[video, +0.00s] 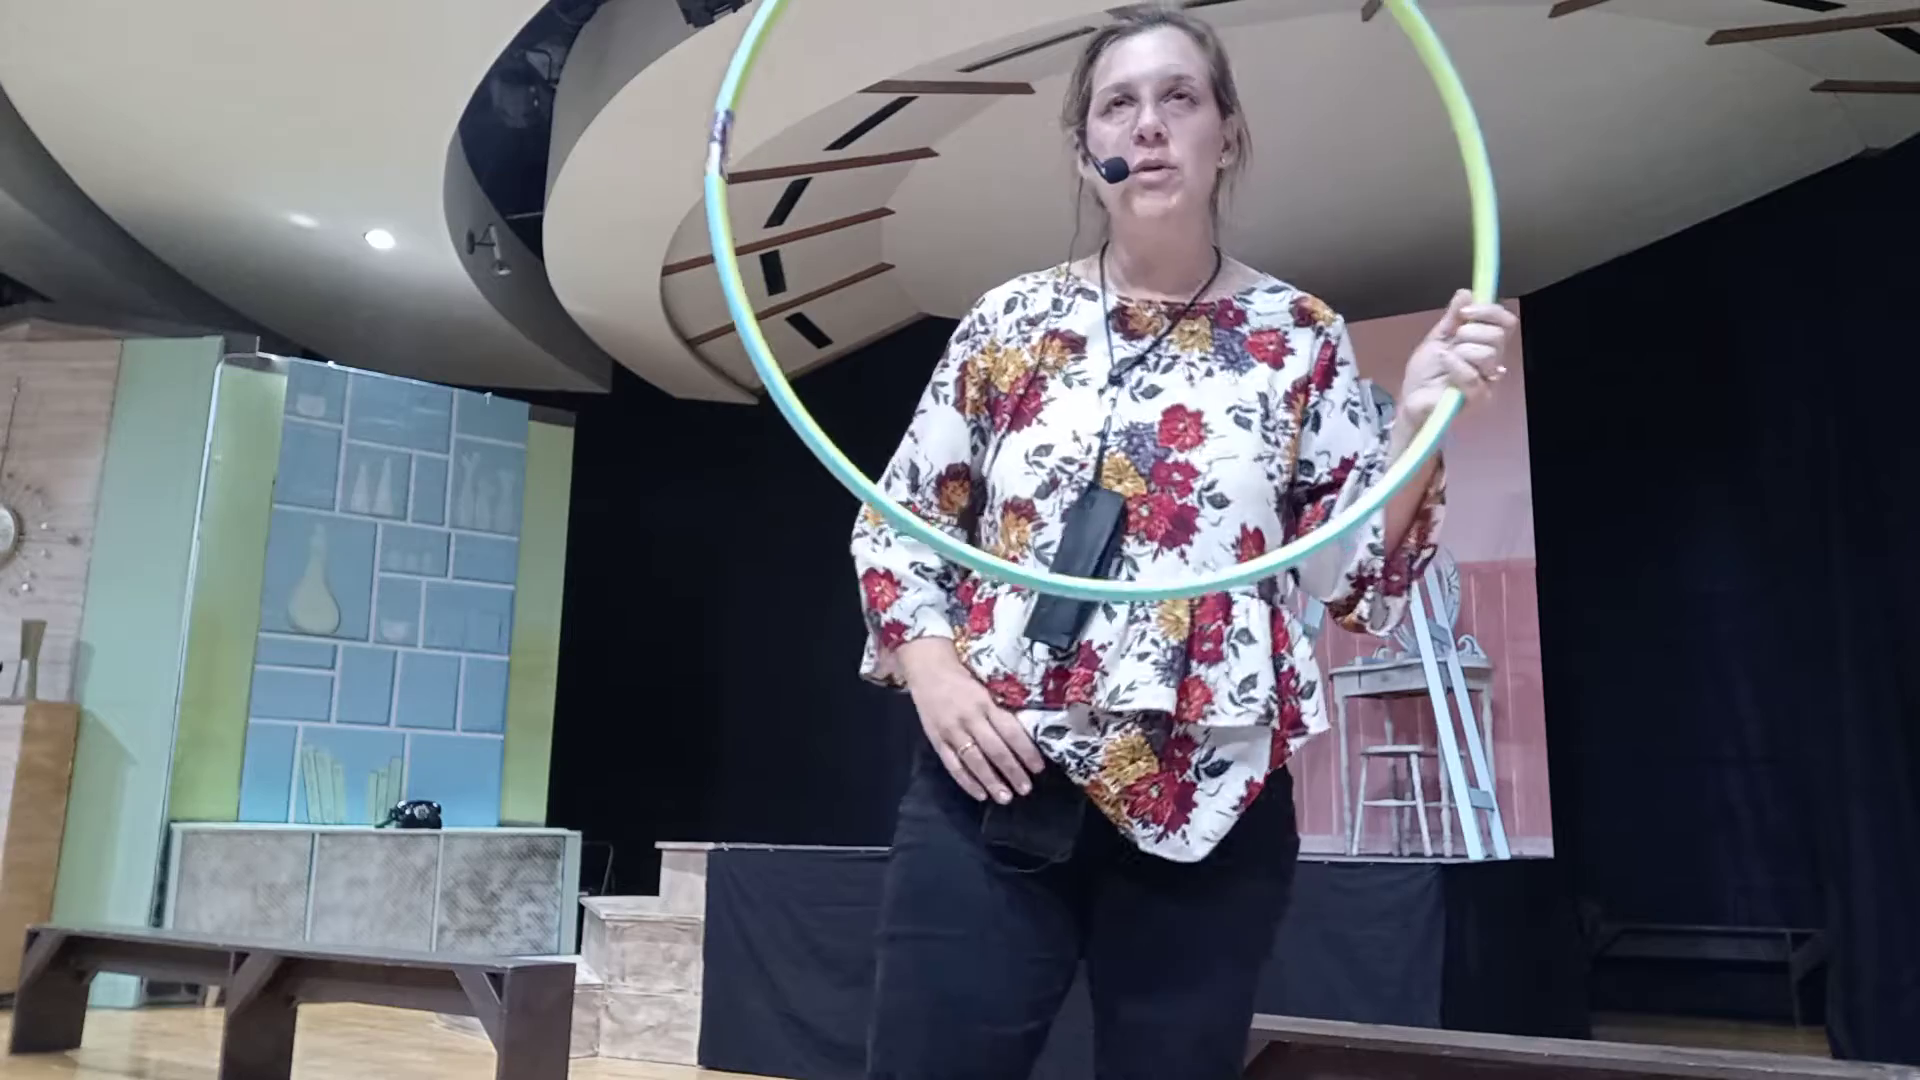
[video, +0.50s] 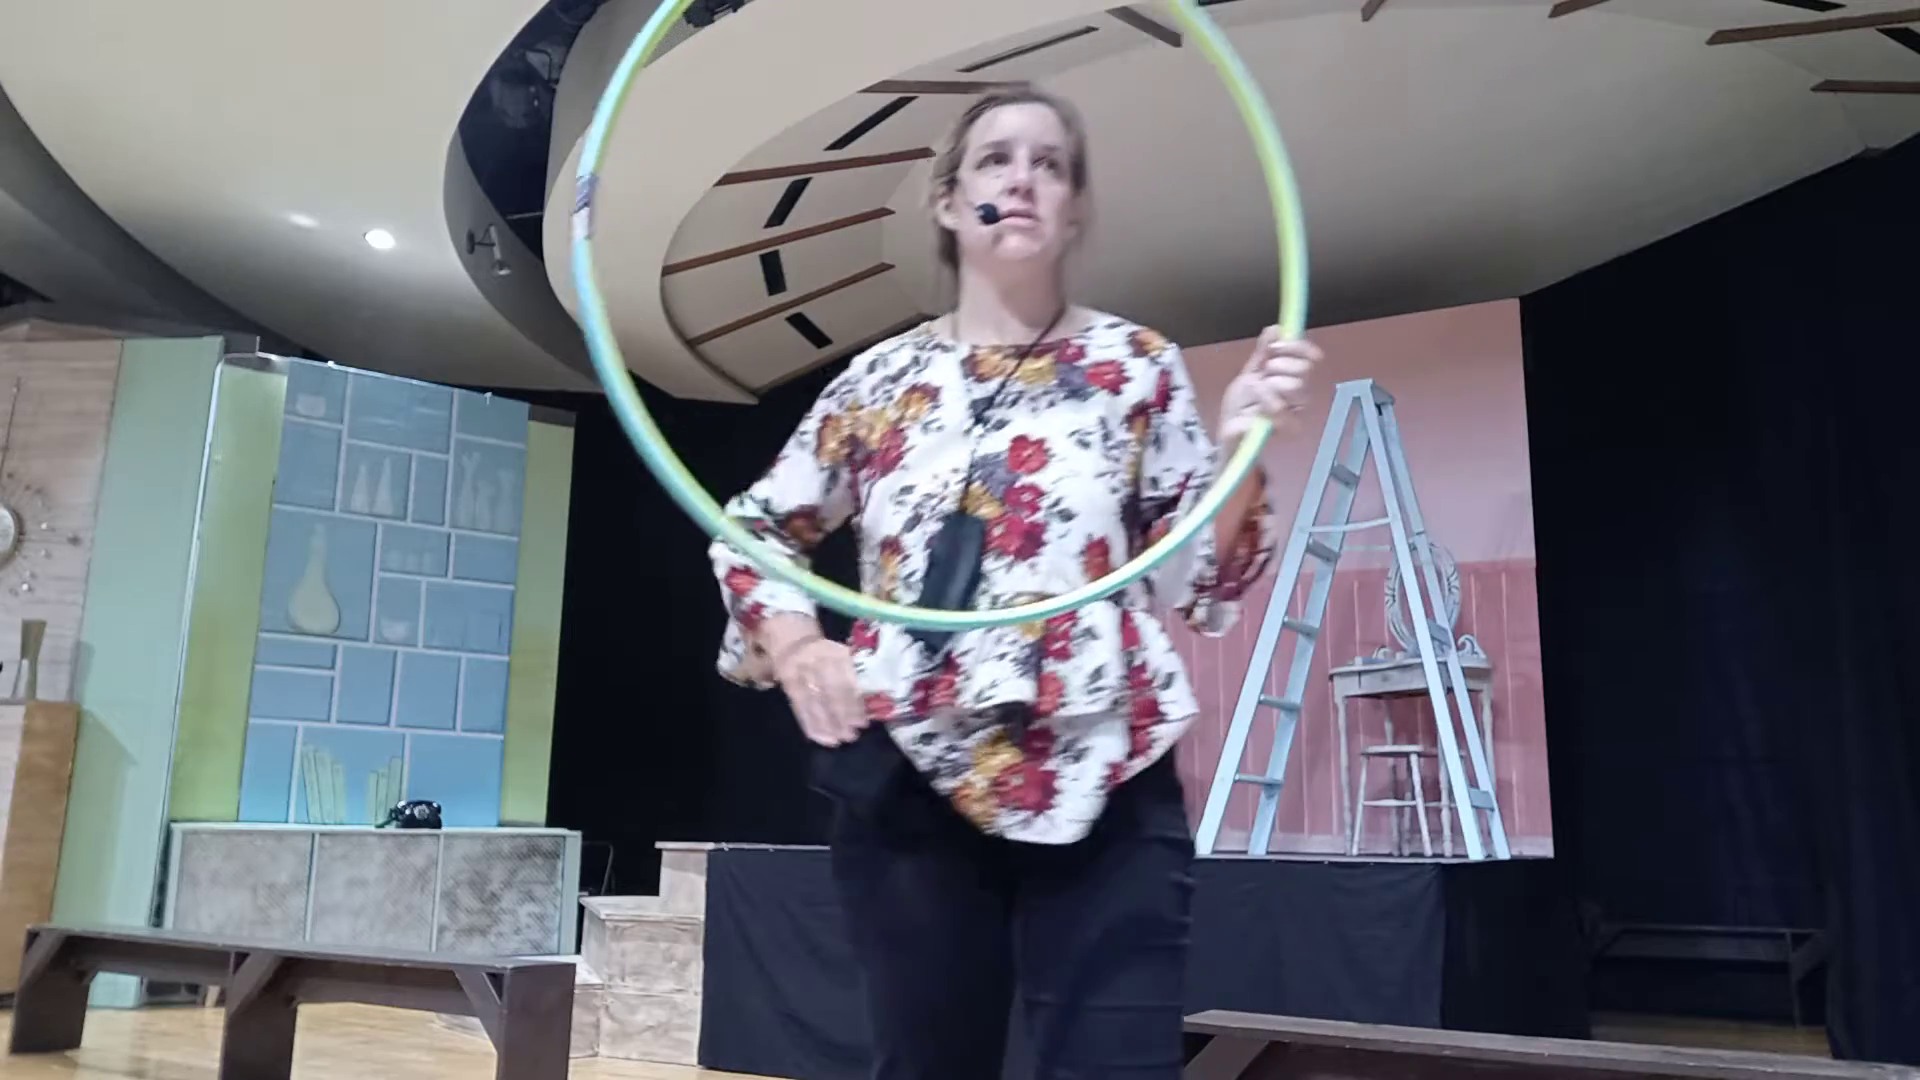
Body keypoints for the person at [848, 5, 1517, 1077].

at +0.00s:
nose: (1146, 124)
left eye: (1176, 98)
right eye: (1118, 105)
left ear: (1229, 135)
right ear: (1085, 148)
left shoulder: (1301, 337)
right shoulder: (1007, 323)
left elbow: (1352, 581)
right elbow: (896, 528)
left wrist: (1418, 417)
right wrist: (934, 675)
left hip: (1207, 821)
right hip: (988, 795)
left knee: (1172, 1065)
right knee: (924, 1062)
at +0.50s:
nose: (1019, 175)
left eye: (1047, 164)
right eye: (992, 159)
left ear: (1078, 214)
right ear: (947, 205)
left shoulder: (1138, 367)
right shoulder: (876, 383)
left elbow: (1206, 584)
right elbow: (751, 535)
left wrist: (1243, 441)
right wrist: (795, 644)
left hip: (1110, 798)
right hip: (913, 799)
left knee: (1116, 1060)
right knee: (929, 1062)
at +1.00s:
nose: (966, 226)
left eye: (994, 209)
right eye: (942, 206)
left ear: (1029, 244)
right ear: (907, 241)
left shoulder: (1093, 390)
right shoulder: (849, 397)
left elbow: (1145, 592)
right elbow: (776, 533)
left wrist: (1177, 460)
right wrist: (721, 571)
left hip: (1072, 793)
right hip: (890, 798)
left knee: (1101, 1061)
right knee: (911, 1062)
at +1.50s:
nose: (1041, 260)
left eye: (1062, 239)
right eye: (1014, 237)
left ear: (1085, 264)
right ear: (966, 263)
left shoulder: (1143, 406)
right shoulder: (906, 416)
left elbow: (1205, 602)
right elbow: (838, 616)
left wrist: (1243, 468)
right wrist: (778, 499)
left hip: (1126, 801)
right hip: (946, 794)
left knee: (1114, 1063)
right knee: (950, 1060)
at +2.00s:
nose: (1074, 261)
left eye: (1095, 242)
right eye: (1048, 239)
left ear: (1117, 267)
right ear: (998, 260)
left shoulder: (1165, 414)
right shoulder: (927, 406)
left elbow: (1210, 607)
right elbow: (853, 625)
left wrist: (1255, 483)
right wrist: (824, 500)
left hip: (1132, 801)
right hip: (958, 795)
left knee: (1120, 1064)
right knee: (959, 1060)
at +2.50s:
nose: (1053, 249)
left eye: (1074, 230)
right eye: (1027, 230)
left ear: (1103, 261)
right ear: (985, 263)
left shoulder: (1166, 402)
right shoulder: (926, 405)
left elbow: (1220, 594)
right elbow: (850, 597)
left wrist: (1261, 466)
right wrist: (781, 471)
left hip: (1132, 800)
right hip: (956, 792)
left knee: (1117, 1063)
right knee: (956, 1061)